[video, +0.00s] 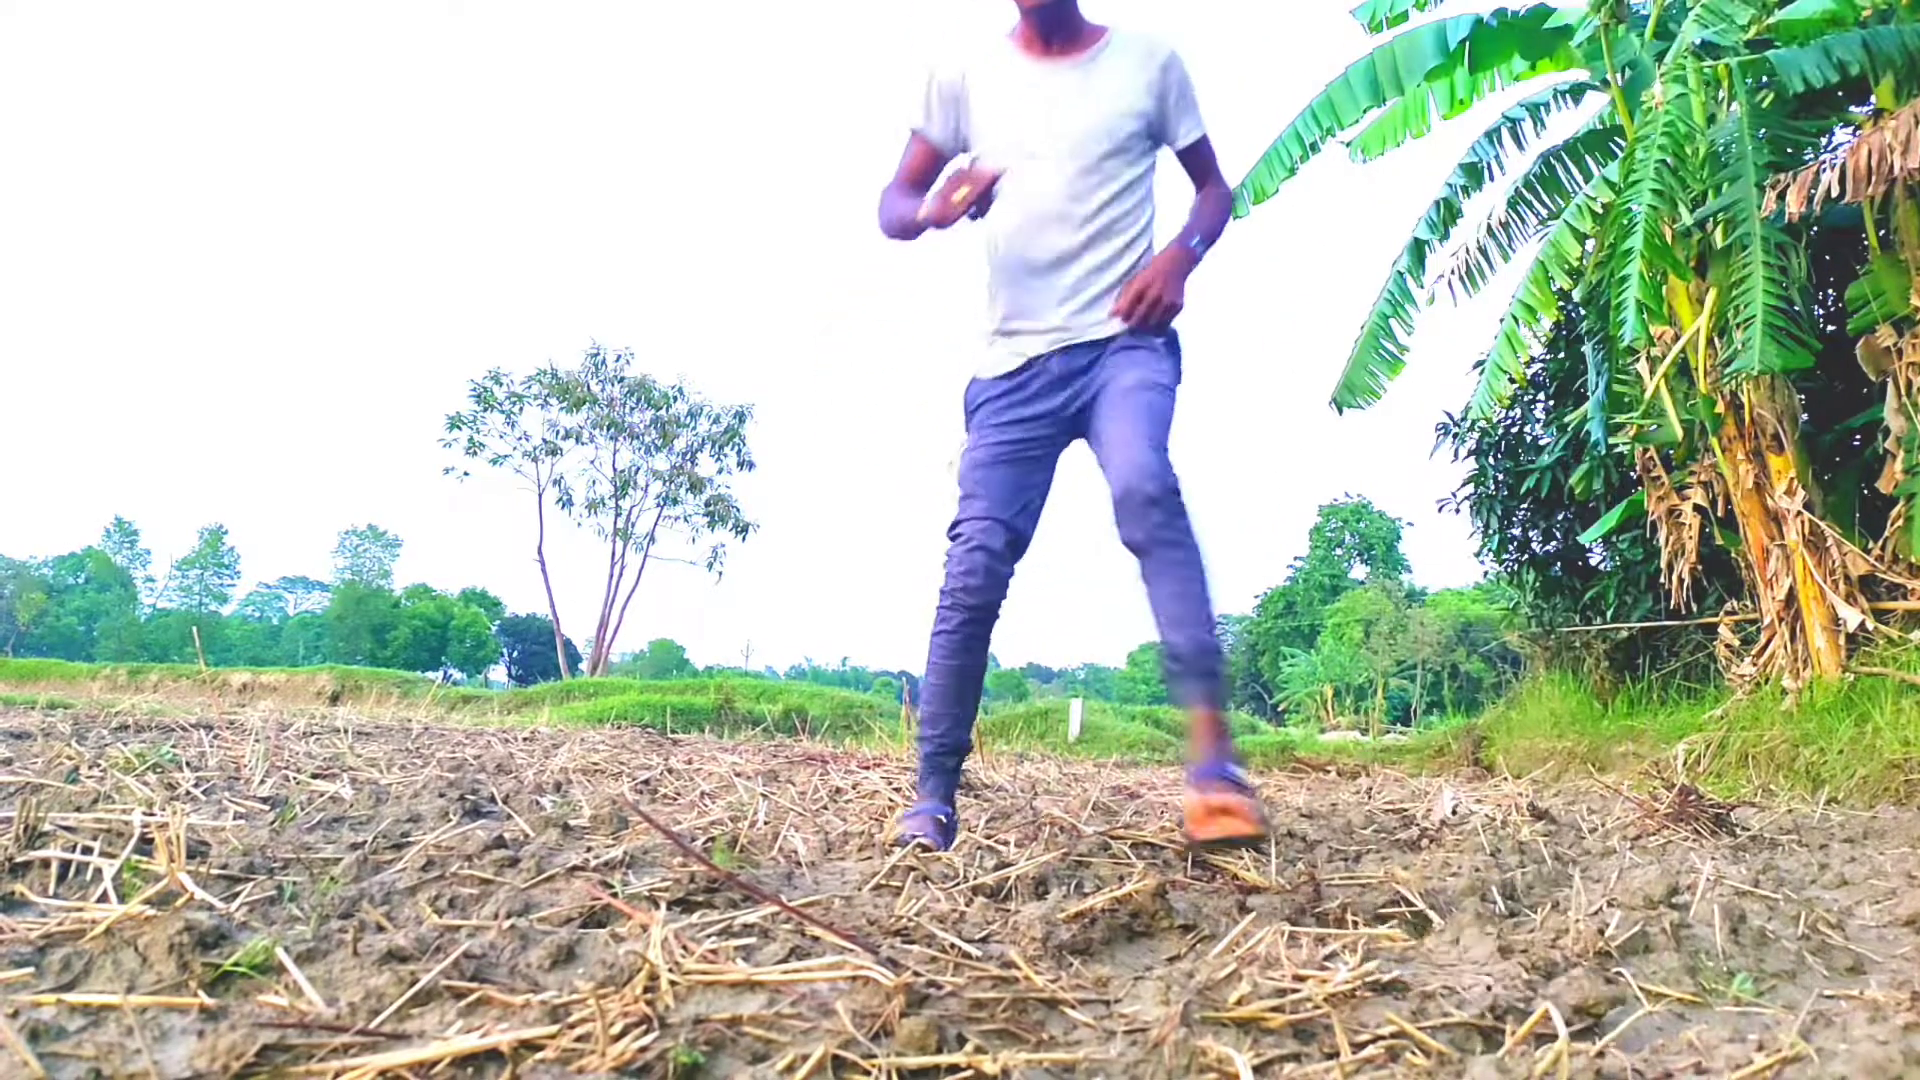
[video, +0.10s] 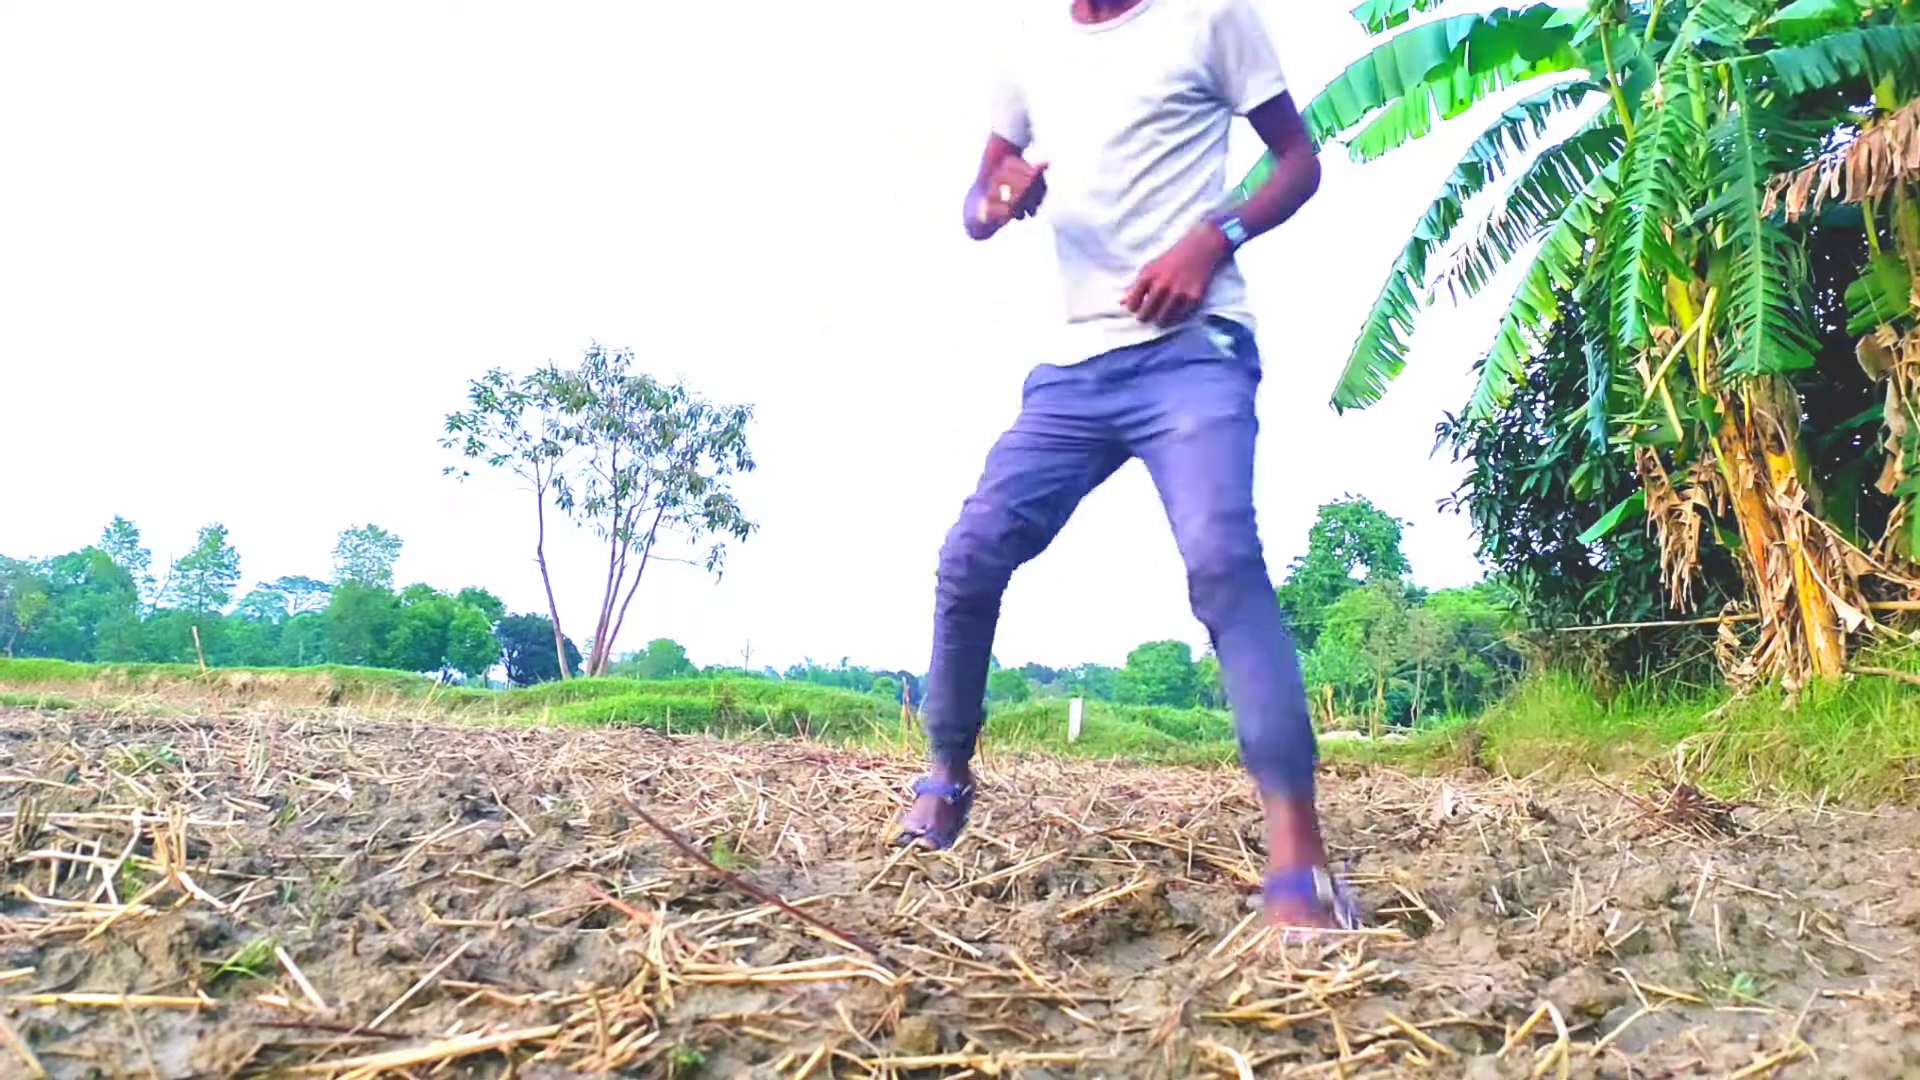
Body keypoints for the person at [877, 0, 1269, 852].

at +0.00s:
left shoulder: (1148, 64)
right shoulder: (963, 78)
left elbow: (1215, 191)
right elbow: (894, 210)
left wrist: (1178, 257)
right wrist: (931, 212)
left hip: (1125, 343)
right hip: (1015, 366)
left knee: (1145, 492)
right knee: (974, 568)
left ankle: (1212, 758)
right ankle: (933, 801)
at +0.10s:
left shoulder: (1211, 19)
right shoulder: (1027, 47)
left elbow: (1301, 163)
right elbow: (977, 215)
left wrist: (1215, 238)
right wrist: (998, 199)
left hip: (1194, 355)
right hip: (1077, 367)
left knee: (1223, 561)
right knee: (969, 558)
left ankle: (1295, 864)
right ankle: (945, 776)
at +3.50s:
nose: (1264, 193)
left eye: (1294, 157)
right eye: (1237, 178)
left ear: (1367, 170)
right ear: (1224, 202)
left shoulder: (1419, 253)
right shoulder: (1293, 333)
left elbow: (1163, 252)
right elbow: (1115, 354)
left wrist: (991, 192)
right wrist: (989, 222)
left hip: (1569, 679)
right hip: (1445, 693)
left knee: (1266, 606)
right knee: (1137, 667)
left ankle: (1531, 853)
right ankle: (1430, 860)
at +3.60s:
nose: (1264, 190)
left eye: (1296, 154)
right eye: (1237, 175)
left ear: (1368, 167)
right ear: (1225, 200)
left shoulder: (1420, 250)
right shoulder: (1293, 331)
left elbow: (1162, 249)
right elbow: (1115, 353)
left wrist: (993, 190)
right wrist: (989, 222)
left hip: (1568, 678)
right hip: (1444, 692)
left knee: (1266, 608)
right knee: (1134, 670)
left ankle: (1530, 852)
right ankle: (1427, 863)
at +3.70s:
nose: (1266, 188)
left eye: (1298, 152)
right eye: (1239, 172)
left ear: (1369, 166)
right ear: (1226, 196)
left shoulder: (1422, 247)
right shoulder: (1295, 330)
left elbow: (1163, 246)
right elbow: (1115, 350)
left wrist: (993, 187)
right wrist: (990, 222)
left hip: (1567, 676)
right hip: (1444, 691)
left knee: (1265, 609)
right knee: (1132, 673)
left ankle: (1528, 850)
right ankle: (1427, 860)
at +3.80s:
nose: (1269, 184)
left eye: (1301, 149)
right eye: (1241, 168)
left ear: (1372, 165)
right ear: (1227, 194)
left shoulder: (1427, 246)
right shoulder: (1295, 330)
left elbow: (1159, 243)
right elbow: (1115, 348)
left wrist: (995, 178)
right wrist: (990, 218)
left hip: (1565, 674)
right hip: (1440, 687)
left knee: (1267, 610)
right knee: (1127, 675)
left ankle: (1530, 851)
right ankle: (1423, 857)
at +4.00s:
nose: (1271, 181)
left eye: (1303, 146)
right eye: (1244, 164)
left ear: (1375, 160)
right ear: (1229, 188)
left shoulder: (1428, 242)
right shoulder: (1298, 327)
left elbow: (1161, 239)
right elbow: (1116, 342)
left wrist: (997, 172)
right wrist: (991, 212)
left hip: (1565, 674)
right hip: (1440, 687)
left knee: (1268, 612)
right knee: (1127, 676)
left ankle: (1528, 854)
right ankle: (1426, 860)